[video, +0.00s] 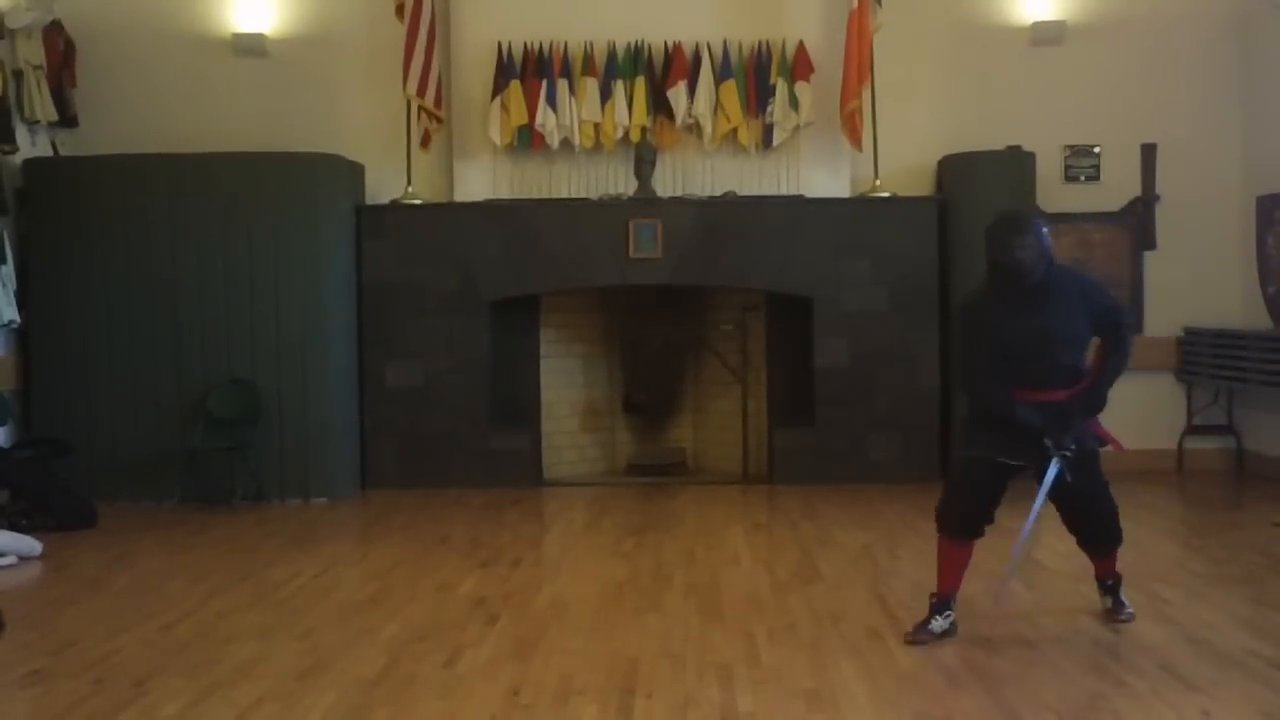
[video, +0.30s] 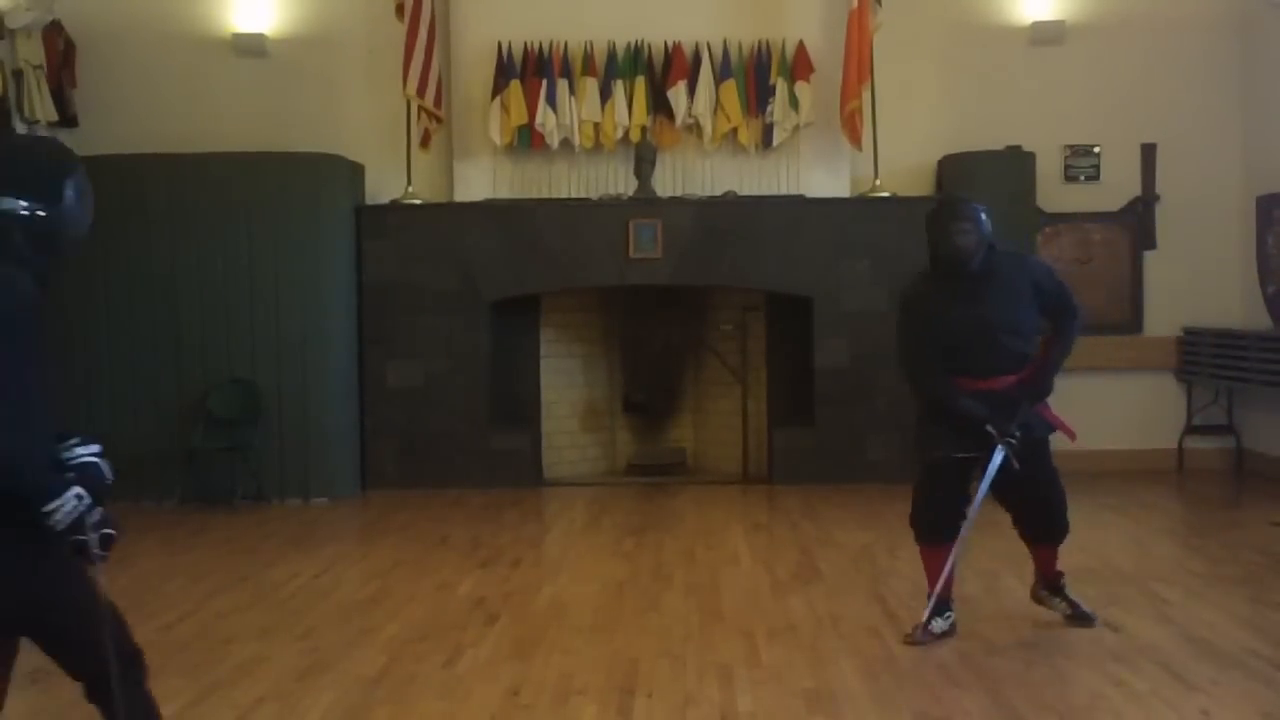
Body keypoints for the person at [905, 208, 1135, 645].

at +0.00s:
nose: (1024, 260)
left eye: (1029, 249)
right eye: (1012, 252)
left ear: (1046, 245)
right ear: (996, 255)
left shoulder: (1075, 291)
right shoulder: (980, 305)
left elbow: (1118, 330)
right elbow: (978, 387)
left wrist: (1095, 394)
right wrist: (1035, 426)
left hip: (1064, 419)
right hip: (998, 419)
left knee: (1096, 514)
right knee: (960, 506)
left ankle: (1110, 587)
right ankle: (942, 610)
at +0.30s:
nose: (961, 243)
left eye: (968, 232)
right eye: (951, 235)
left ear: (986, 232)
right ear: (936, 240)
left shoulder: (1023, 273)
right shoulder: (922, 294)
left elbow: (1067, 319)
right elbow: (921, 374)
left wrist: (1033, 389)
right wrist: (978, 416)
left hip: (1017, 413)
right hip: (950, 416)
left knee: (1043, 506)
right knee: (933, 512)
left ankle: (1048, 584)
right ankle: (941, 609)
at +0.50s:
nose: (945, 238)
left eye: (953, 227)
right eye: (935, 229)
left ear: (973, 225)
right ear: (921, 232)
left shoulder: (1008, 267)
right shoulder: (908, 285)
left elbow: (1055, 313)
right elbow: (902, 365)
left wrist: (1019, 387)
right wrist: (958, 412)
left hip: (1004, 408)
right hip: (936, 410)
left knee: (1007, 509)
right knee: (931, 514)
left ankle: (993, 609)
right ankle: (940, 613)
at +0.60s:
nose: (944, 234)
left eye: (952, 223)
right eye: (934, 225)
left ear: (973, 223)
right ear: (919, 229)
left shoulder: (1006, 265)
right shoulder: (907, 282)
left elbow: (1054, 312)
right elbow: (900, 363)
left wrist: (1019, 385)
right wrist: (953, 411)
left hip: (999, 413)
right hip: (932, 413)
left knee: (991, 515)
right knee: (932, 514)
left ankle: (978, 618)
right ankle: (939, 613)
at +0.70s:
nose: (944, 234)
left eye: (953, 224)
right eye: (934, 225)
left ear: (974, 224)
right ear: (920, 229)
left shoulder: (1007, 267)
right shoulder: (906, 283)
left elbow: (1056, 317)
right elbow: (897, 362)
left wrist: (1018, 388)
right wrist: (949, 411)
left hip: (994, 414)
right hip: (928, 414)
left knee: (988, 517)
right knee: (920, 513)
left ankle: (976, 621)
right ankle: (935, 607)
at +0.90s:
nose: (940, 230)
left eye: (951, 220)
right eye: (932, 220)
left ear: (975, 221)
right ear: (919, 223)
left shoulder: (1010, 266)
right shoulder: (907, 281)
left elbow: (1062, 323)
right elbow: (898, 363)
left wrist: (1017, 393)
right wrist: (952, 417)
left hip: (994, 409)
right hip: (925, 406)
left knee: (991, 518)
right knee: (890, 508)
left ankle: (976, 621)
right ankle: (896, 610)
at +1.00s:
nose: (935, 227)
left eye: (946, 217)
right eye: (927, 217)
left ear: (970, 219)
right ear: (915, 221)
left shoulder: (1010, 267)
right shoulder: (903, 280)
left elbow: (1060, 323)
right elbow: (893, 362)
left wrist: (1018, 390)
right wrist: (949, 417)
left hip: (994, 410)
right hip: (924, 408)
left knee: (989, 521)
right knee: (889, 512)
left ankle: (976, 622)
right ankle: (871, 626)